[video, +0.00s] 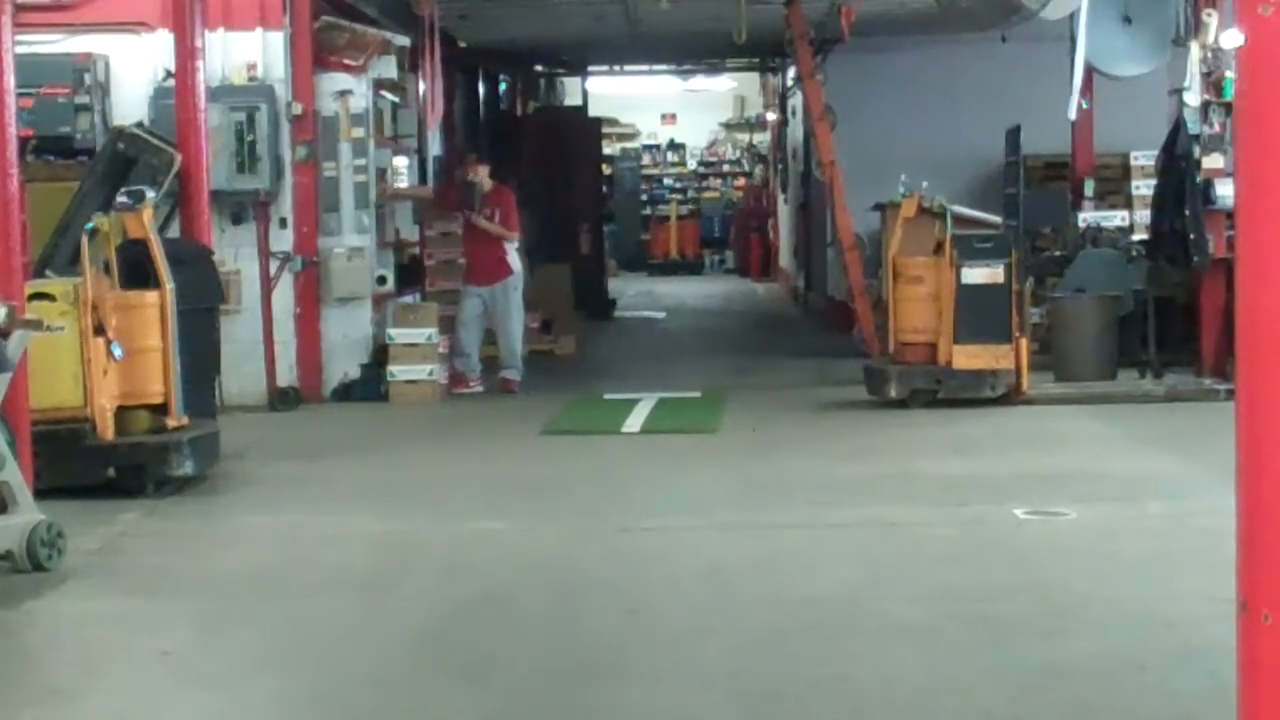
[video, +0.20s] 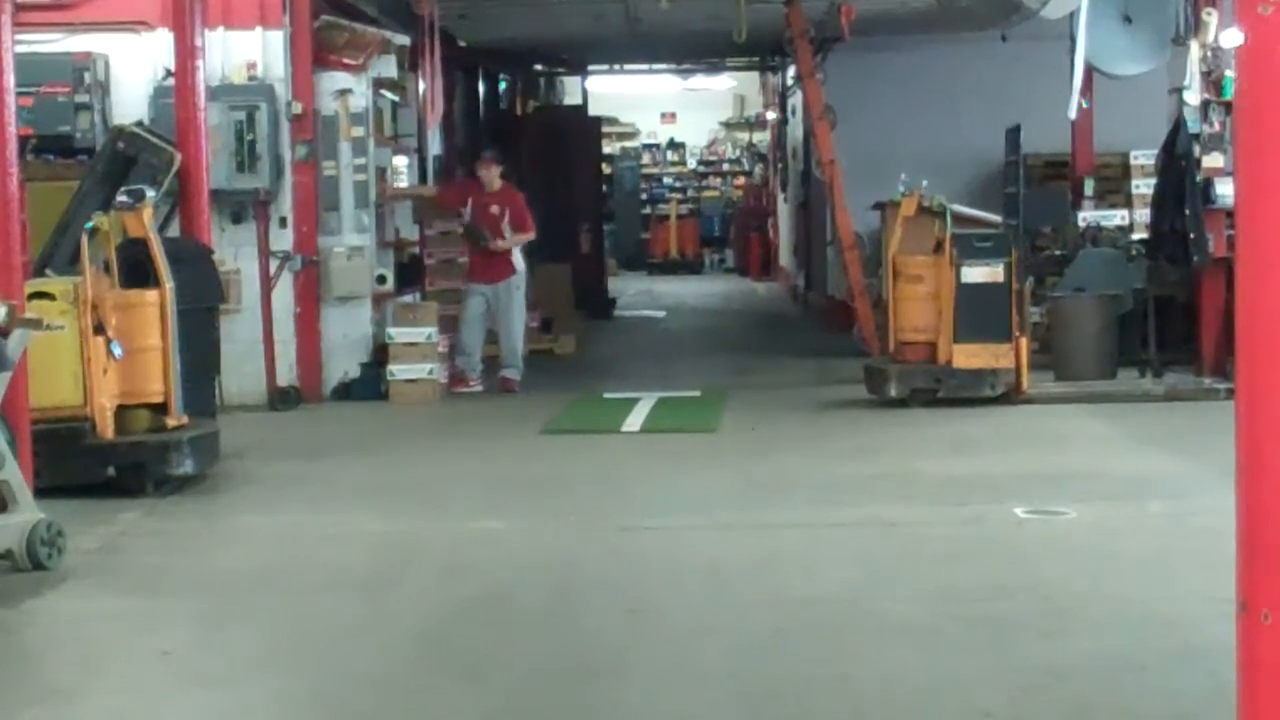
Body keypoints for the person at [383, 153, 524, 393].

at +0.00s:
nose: (473, 172)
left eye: (477, 166)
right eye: (469, 168)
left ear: (488, 168)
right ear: (465, 172)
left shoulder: (503, 196)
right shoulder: (464, 194)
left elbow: (512, 235)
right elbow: (430, 193)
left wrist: (481, 222)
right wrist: (393, 192)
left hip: (503, 276)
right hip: (474, 277)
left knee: (508, 327)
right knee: (466, 327)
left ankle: (510, 375)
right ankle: (469, 376)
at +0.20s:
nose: (484, 172)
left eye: (488, 167)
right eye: (481, 167)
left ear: (500, 169)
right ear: (476, 169)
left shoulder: (512, 197)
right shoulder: (468, 191)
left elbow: (529, 233)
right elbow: (433, 192)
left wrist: (506, 243)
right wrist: (396, 192)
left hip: (507, 275)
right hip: (478, 274)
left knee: (510, 328)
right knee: (469, 326)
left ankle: (510, 374)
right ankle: (470, 375)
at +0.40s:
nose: (502, 168)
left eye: (508, 164)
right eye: (500, 162)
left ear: (515, 168)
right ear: (493, 165)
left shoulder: (523, 198)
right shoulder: (479, 189)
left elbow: (535, 236)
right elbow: (444, 191)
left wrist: (531, 268)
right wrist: (406, 194)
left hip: (511, 276)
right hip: (481, 274)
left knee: (513, 330)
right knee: (471, 327)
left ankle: (510, 374)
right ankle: (471, 374)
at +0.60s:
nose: (515, 166)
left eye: (521, 163)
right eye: (513, 161)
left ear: (528, 169)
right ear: (506, 162)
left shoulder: (533, 198)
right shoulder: (488, 187)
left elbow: (542, 237)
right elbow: (455, 195)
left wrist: (546, 270)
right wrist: (430, 213)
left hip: (515, 276)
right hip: (483, 273)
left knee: (515, 329)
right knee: (475, 324)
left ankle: (511, 373)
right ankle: (471, 372)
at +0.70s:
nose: (521, 164)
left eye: (527, 162)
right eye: (519, 159)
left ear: (533, 168)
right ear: (512, 161)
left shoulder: (537, 198)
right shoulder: (491, 186)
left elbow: (545, 238)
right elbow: (460, 205)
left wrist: (548, 272)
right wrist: (447, 233)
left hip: (519, 274)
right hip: (486, 270)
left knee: (517, 327)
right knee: (477, 322)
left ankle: (512, 372)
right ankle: (474, 370)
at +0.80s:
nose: (526, 164)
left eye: (532, 161)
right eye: (523, 158)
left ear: (537, 167)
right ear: (514, 160)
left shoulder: (539, 197)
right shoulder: (493, 187)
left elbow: (546, 237)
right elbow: (473, 216)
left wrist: (550, 272)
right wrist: (466, 243)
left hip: (522, 272)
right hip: (489, 268)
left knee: (520, 325)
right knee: (484, 320)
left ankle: (513, 371)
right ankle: (481, 368)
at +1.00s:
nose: (529, 164)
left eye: (534, 160)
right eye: (526, 157)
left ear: (540, 165)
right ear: (517, 159)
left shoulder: (544, 197)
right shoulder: (497, 187)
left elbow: (550, 237)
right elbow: (484, 219)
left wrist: (553, 271)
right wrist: (484, 250)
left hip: (528, 266)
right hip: (499, 262)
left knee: (524, 320)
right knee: (502, 312)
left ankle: (519, 368)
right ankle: (506, 364)